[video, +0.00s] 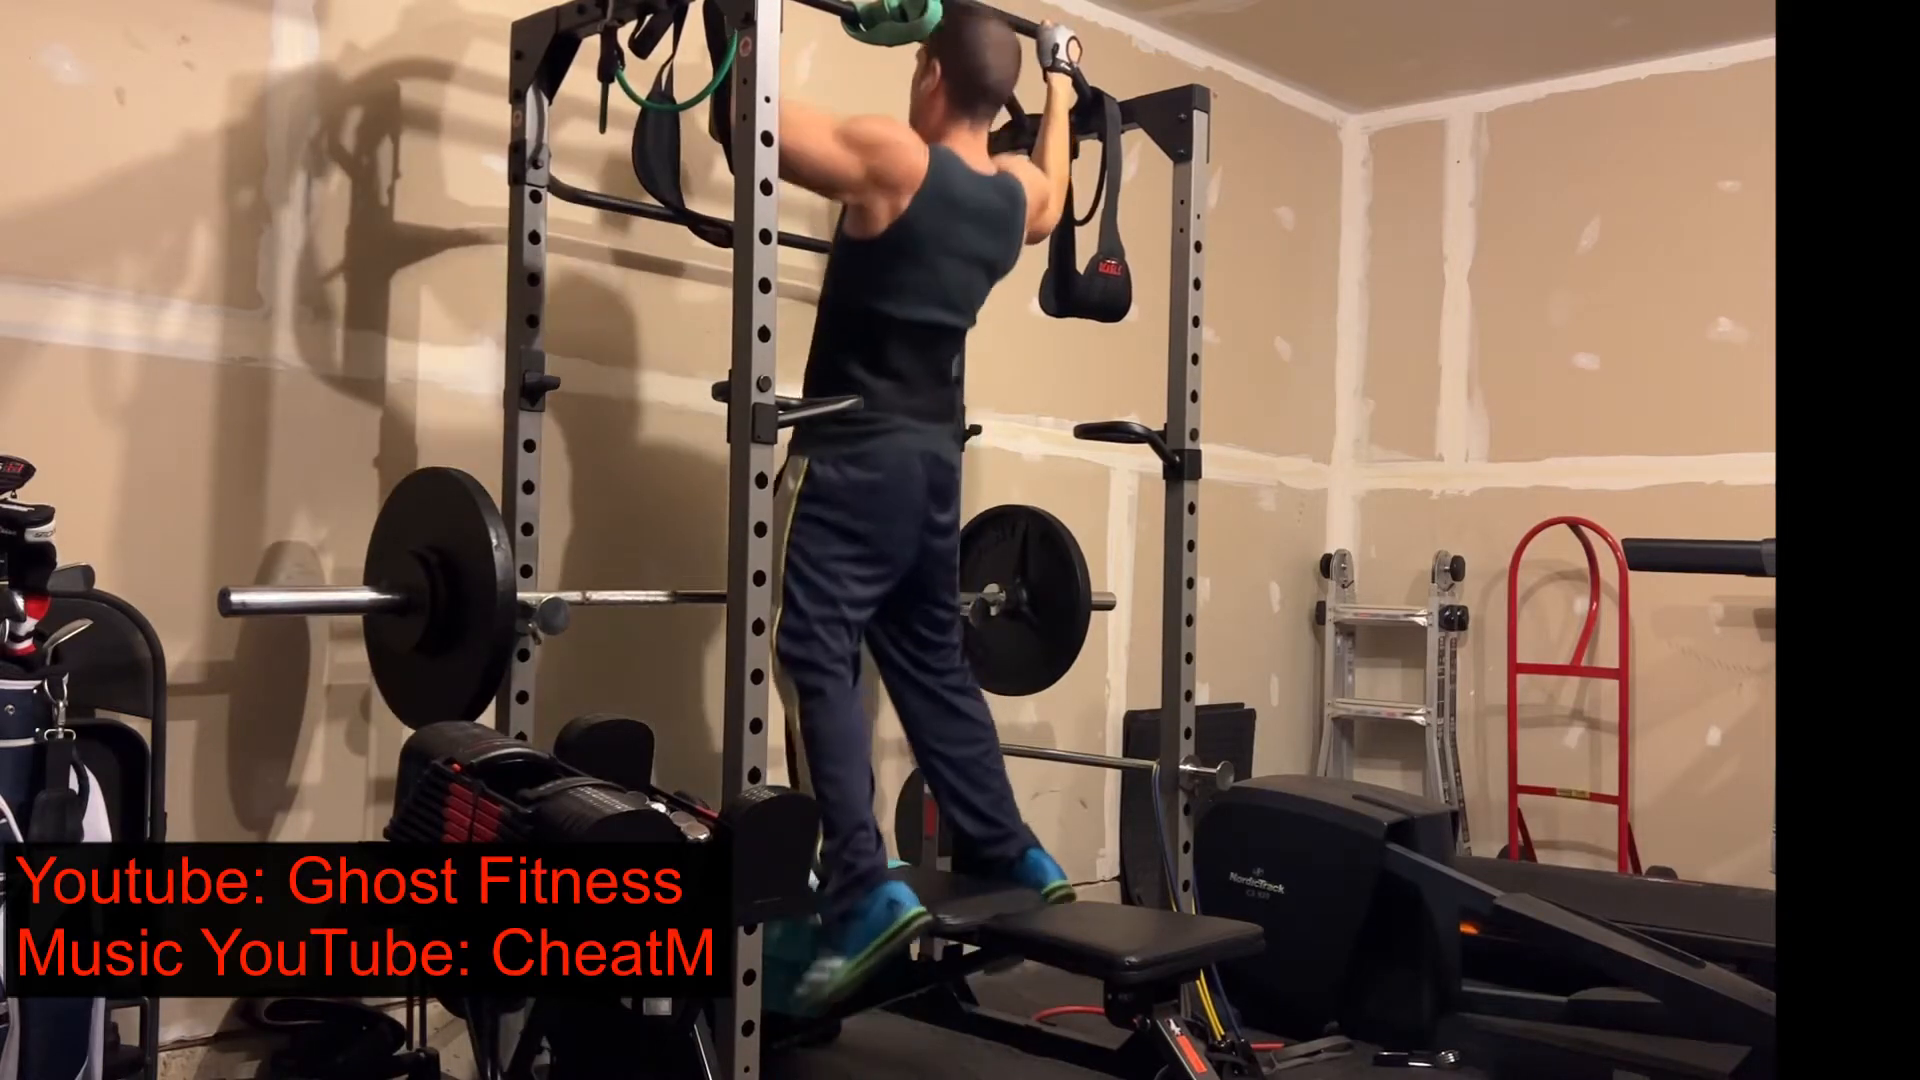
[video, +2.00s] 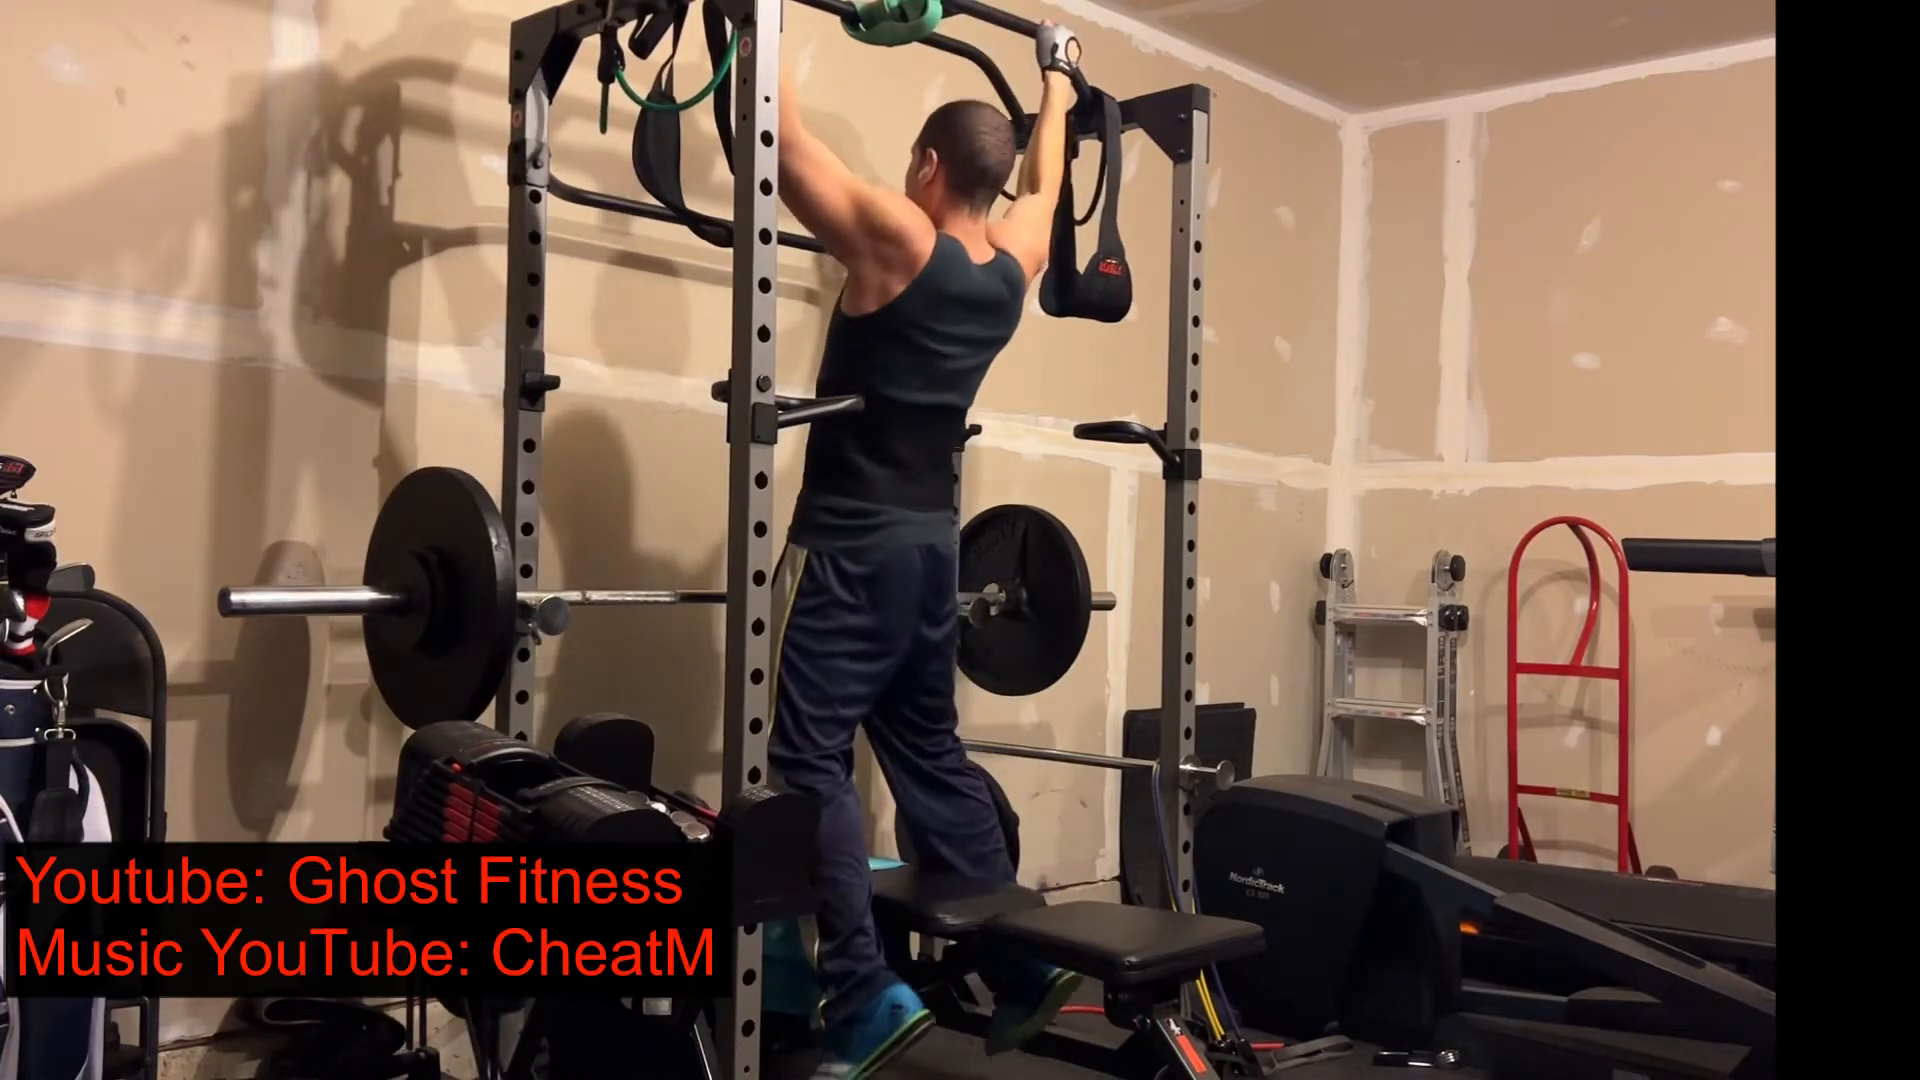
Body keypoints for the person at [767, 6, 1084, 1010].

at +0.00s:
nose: (912, 70)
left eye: (919, 57)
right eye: (924, 58)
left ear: (932, 76)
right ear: (1001, 100)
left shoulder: (891, 154)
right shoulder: (1012, 196)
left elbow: (760, 125)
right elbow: (1053, 189)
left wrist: (739, 34)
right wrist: (1060, 93)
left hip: (858, 451)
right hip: (932, 453)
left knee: (820, 658)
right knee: (930, 657)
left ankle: (863, 887)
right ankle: (1006, 853)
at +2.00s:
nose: (905, 161)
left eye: (914, 150)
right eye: (917, 151)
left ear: (929, 162)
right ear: (1001, 185)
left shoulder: (892, 236)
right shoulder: (1011, 267)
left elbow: (782, 135)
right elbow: (1044, 186)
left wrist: (764, 26)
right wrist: (1057, 103)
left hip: (856, 536)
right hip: (932, 537)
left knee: (814, 755)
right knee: (927, 747)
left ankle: (859, 983)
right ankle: (1016, 955)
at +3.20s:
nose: (902, 165)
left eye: (910, 153)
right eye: (913, 155)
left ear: (926, 164)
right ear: (997, 185)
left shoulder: (894, 237)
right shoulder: (1013, 272)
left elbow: (787, 140)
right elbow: (1045, 187)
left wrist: (772, 24)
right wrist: (1059, 94)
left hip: (846, 538)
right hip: (926, 542)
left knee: (786, 753)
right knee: (919, 757)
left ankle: (824, 981)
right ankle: (996, 960)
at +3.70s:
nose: (942, 56)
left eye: (948, 39)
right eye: (950, 41)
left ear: (966, 46)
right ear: (1041, 65)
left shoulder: (929, 123)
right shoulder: (1053, 164)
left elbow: (789, 121)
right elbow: (1067, 186)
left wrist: (755, 20)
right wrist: (1052, 92)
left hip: (882, 446)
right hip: (959, 450)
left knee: (807, 640)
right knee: (928, 640)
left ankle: (828, 878)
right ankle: (990, 839)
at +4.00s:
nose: (917, 10)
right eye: (921, 0)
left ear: (951, 7)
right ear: (1013, 20)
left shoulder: (910, 73)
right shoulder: (1035, 116)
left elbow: (769, 114)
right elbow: (1056, 202)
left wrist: (751, 22)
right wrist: (1057, 88)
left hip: (871, 383)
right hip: (952, 392)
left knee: (806, 585)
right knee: (935, 597)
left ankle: (839, 813)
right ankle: (1002, 798)